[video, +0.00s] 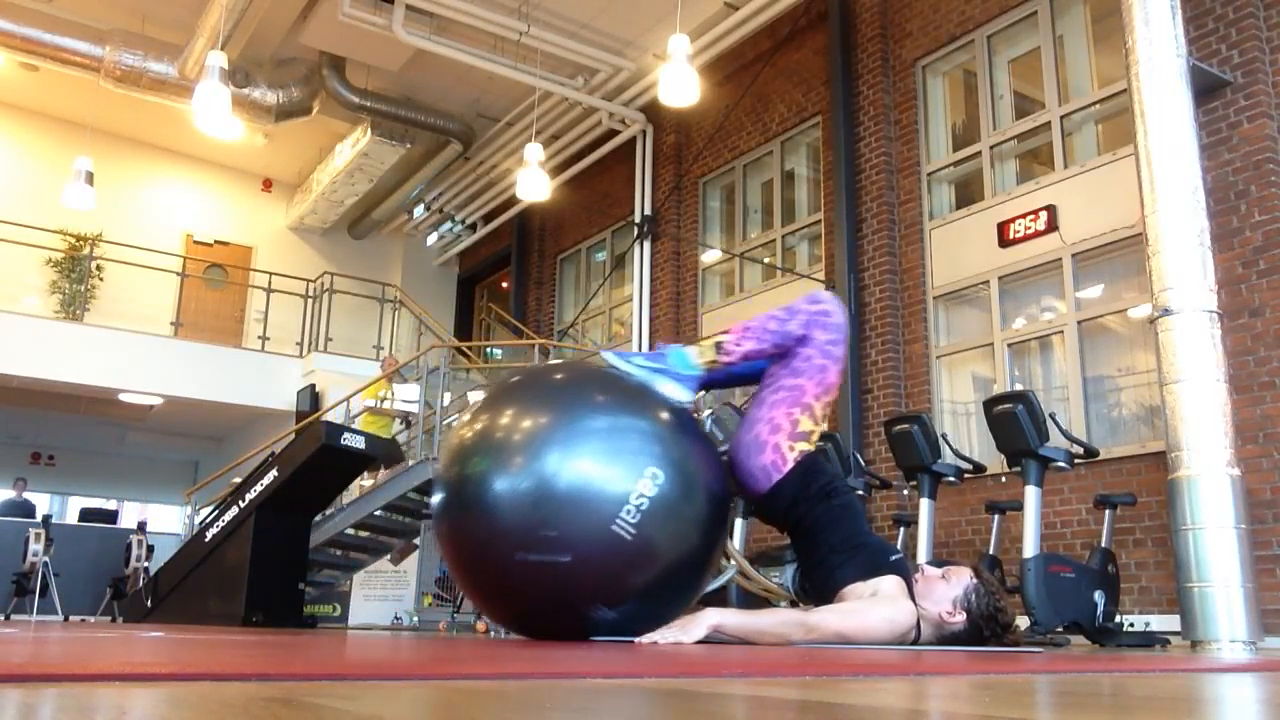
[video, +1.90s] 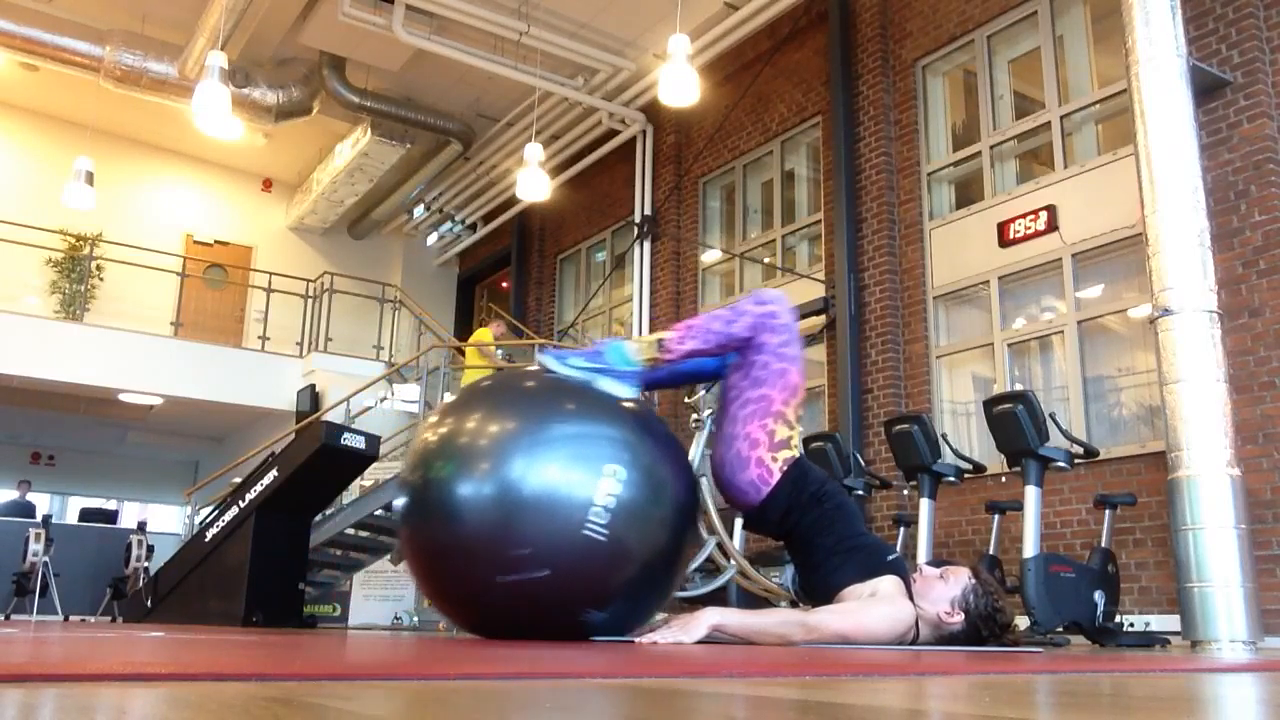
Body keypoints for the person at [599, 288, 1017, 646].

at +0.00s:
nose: (934, 567)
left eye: (946, 577)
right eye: (947, 569)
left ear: (947, 614)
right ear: (946, 612)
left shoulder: (894, 613)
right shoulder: (904, 604)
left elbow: (801, 626)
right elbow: (806, 623)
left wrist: (712, 621)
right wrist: (718, 622)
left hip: (771, 466)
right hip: (792, 468)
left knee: (825, 310)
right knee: (822, 323)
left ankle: (685, 366)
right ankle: (693, 371)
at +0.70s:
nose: (941, 563)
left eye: (950, 576)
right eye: (951, 567)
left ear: (945, 613)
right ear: (939, 586)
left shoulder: (895, 614)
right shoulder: (896, 597)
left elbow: (803, 626)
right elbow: (800, 624)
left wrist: (711, 621)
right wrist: (711, 621)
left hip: (761, 474)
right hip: (776, 466)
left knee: (751, 311)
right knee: (752, 319)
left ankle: (612, 365)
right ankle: (618, 373)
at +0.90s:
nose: (935, 568)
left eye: (947, 580)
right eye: (948, 568)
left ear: (946, 617)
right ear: (943, 604)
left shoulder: (894, 608)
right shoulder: (892, 595)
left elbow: (808, 627)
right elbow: (806, 622)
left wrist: (709, 618)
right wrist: (717, 621)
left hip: (765, 477)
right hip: (778, 467)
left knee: (689, 329)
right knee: (697, 332)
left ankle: (544, 361)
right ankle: (564, 371)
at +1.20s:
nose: (937, 569)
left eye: (949, 581)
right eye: (950, 569)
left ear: (946, 616)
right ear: (943, 602)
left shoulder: (893, 610)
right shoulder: (891, 596)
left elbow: (803, 624)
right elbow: (802, 622)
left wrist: (714, 618)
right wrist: (714, 622)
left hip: (764, 485)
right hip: (772, 473)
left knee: (641, 384)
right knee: (648, 384)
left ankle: (489, 363)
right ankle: (512, 378)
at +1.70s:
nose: (935, 569)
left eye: (947, 580)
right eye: (947, 568)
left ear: (944, 616)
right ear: (942, 603)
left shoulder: (892, 610)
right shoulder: (891, 596)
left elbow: (805, 628)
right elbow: (803, 623)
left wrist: (709, 620)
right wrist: (712, 621)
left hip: (755, 481)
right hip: (767, 474)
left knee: (690, 328)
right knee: (692, 332)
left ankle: (544, 361)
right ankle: (554, 371)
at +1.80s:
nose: (939, 566)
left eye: (949, 577)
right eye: (953, 568)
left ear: (945, 612)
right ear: (943, 599)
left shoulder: (891, 612)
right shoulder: (892, 598)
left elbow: (793, 629)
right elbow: (793, 624)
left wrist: (701, 624)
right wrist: (707, 621)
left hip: (754, 479)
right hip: (768, 472)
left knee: (729, 319)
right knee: (733, 323)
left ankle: (585, 363)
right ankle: (595, 373)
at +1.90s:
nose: (937, 564)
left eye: (948, 578)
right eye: (949, 567)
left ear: (946, 615)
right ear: (942, 605)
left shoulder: (893, 610)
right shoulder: (899, 597)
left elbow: (805, 627)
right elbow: (802, 626)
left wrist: (711, 620)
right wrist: (714, 621)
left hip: (756, 476)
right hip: (773, 474)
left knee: (773, 308)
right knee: (773, 323)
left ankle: (632, 361)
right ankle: (635, 374)